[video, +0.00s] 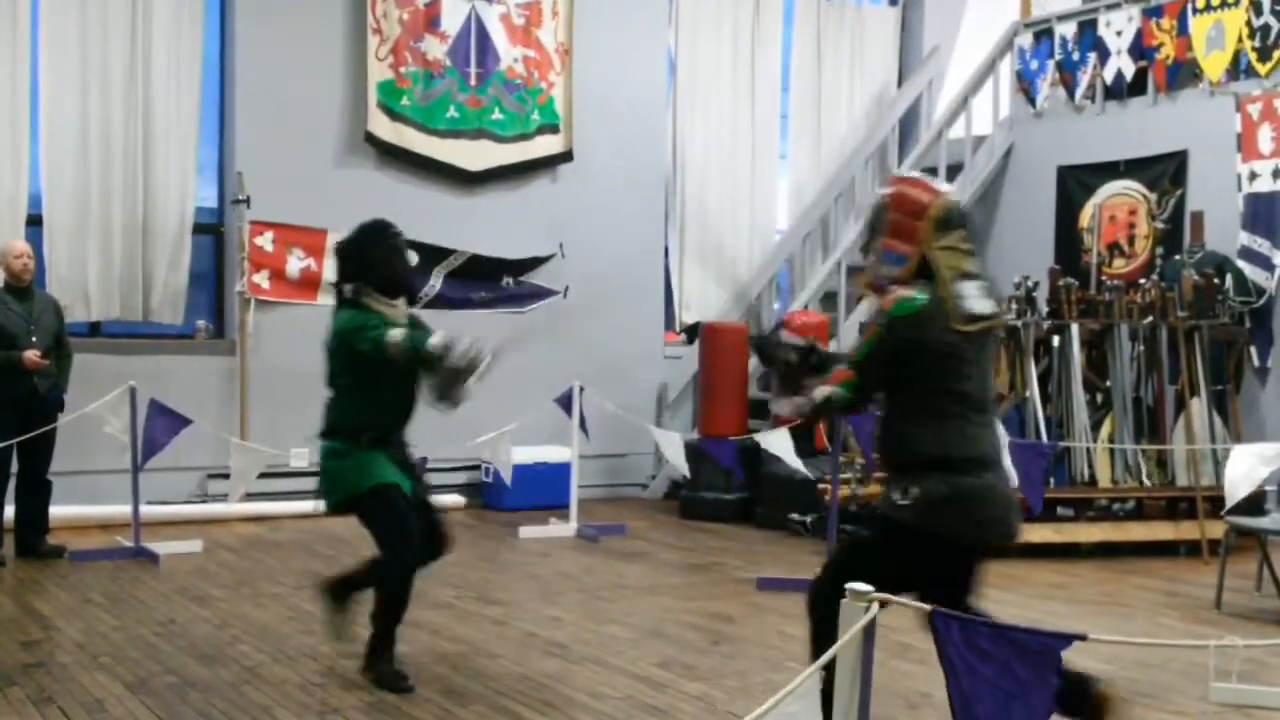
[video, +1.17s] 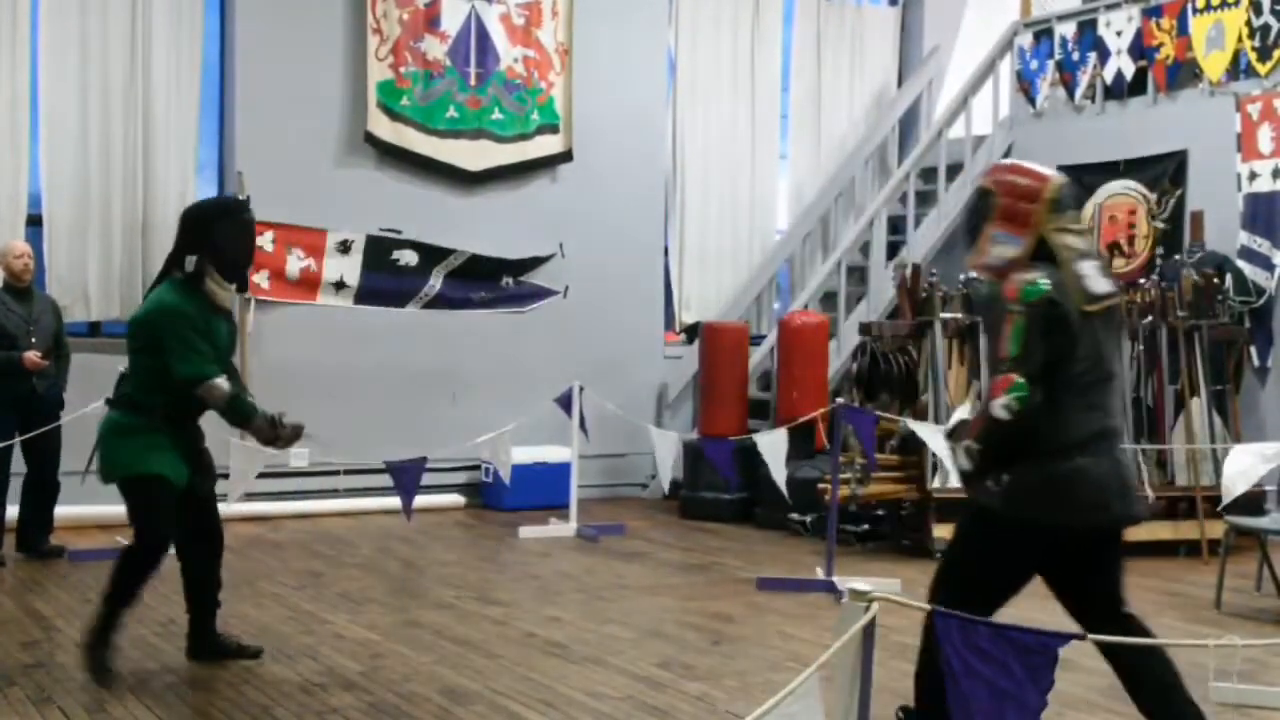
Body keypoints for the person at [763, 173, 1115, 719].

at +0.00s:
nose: (875, 254)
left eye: (884, 241)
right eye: (878, 240)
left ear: (907, 247)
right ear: (946, 243)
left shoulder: (909, 312)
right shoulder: (975, 306)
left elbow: (858, 385)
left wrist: (817, 404)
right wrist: (842, 380)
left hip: (929, 505)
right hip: (984, 502)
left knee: (830, 591)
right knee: (947, 615)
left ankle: (837, 708)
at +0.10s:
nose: (930, 243)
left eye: (938, 230)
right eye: (934, 229)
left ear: (962, 239)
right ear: (995, 238)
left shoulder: (957, 312)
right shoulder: (1028, 304)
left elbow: (903, 391)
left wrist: (850, 410)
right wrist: (870, 396)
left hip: (973, 510)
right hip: (1031, 507)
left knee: (876, 599)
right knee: (1040, 632)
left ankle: (856, 709)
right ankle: (1157, 714)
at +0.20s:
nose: (977, 241)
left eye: (987, 229)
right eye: (981, 227)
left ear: (1009, 234)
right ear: (1049, 228)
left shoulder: (1006, 308)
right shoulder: (1082, 295)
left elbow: (969, 402)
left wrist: (937, 434)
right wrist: (957, 415)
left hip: (1026, 510)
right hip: (1091, 505)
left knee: (932, 622)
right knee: (1117, 635)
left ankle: (883, 710)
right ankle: (1178, 714)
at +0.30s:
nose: (1014, 224)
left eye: (1023, 210)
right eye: (1017, 210)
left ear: (1047, 218)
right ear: (1086, 216)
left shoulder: (1052, 293)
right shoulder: (1124, 282)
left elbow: (1026, 393)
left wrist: (987, 425)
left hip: (1064, 495)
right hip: (1128, 490)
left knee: (962, 594)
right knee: (1144, 633)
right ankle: (1190, 715)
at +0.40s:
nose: (1034, 215)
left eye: (1042, 201)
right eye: (1037, 200)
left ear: (1066, 204)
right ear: (1101, 202)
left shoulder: (1078, 272)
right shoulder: (1144, 263)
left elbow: (1054, 377)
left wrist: (1017, 409)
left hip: (1096, 474)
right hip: (1154, 471)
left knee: (990, 567)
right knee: (1160, 621)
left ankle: (1046, 702)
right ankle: (1194, 711)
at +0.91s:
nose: (1057, 223)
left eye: (1062, 206)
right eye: (1056, 207)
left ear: (1093, 204)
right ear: (1123, 201)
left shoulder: (1109, 269)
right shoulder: (1171, 262)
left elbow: (1075, 379)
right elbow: (1172, 375)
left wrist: (1040, 431)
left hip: (1100, 476)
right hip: (1160, 474)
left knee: (1004, 581)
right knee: (1174, 624)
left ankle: (1010, 707)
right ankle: (1207, 713)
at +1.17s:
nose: (984, 234)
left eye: (993, 222)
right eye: (988, 220)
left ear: (1019, 226)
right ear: (1051, 223)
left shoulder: (1030, 289)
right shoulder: (1088, 280)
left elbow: (1018, 398)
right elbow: (1083, 389)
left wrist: (977, 444)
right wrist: (992, 418)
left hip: (1036, 493)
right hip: (1093, 486)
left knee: (952, 607)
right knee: (1106, 617)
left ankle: (933, 711)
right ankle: (1181, 714)